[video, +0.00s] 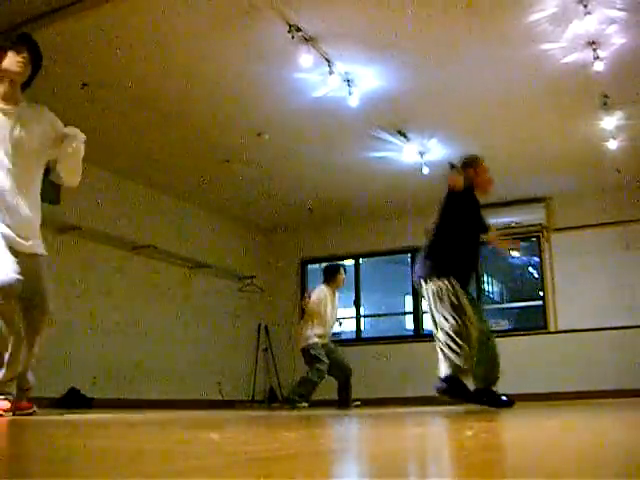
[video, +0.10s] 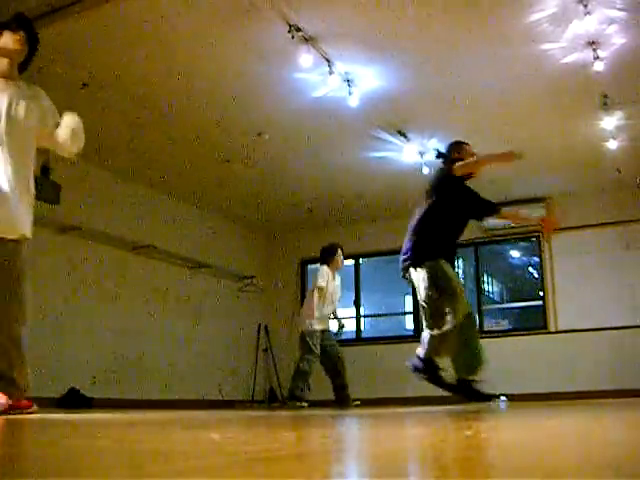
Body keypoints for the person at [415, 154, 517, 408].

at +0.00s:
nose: (489, 178)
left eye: (487, 172)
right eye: (484, 172)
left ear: (476, 174)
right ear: (472, 174)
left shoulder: (469, 204)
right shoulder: (461, 196)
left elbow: (482, 234)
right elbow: (456, 182)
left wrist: (501, 242)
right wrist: (455, 179)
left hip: (450, 275)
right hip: (438, 273)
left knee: (478, 330)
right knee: (459, 326)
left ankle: (483, 386)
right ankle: (450, 378)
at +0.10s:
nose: (475, 158)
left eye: (474, 154)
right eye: (470, 154)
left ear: (459, 160)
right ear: (457, 158)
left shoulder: (463, 195)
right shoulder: (444, 179)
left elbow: (499, 213)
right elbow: (473, 164)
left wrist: (538, 222)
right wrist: (502, 158)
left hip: (437, 259)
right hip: (423, 256)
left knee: (462, 317)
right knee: (451, 309)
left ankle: (463, 381)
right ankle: (425, 359)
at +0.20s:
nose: (460, 159)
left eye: (460, 154)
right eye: (452, 154)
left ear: (460, 158)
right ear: (438, 159)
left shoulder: (457, 193)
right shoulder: (429, 181)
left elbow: (491, 208)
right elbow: (468, 178)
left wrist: (516, 199)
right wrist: (511, 161)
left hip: (439, 266)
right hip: (414, 262)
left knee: (453, 331)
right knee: (439, 305)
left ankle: (426, 375)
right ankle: (410, 360)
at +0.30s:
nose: (451, 165)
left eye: (451, 161)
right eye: (444, 160)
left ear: (448, 167)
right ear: (427, 166)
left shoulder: (447, 201)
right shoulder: (419, 191)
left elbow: (476, 216)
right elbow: (447, 213)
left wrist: (483, 183)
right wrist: (471, 190)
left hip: (434, 277)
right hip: (411, 274)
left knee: (430, 334)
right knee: (415, 329)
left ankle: (413, 390)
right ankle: (399, 389)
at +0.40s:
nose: (439, 164)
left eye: (442, 159)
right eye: (432, 159)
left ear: (447, 163)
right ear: (420, 163)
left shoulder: (455, 199)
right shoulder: (407, 191)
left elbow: (463, 235)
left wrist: (453, 206)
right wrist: (440, 211)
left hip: (430, 278)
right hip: (398, 274)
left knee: (436, 336)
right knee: (400, 331)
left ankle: (421, 373)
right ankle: (392, 390)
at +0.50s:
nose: (431, 161)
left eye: (436, 157)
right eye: (426, 156)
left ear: (442, 164)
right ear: (415, 162)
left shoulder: (448, 206)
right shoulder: (395, 194)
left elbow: (446, 255)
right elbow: (377, 234)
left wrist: (445, 234)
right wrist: (415, 226)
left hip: (426, 273)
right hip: (389, 272)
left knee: (435, 303)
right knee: (385, 328)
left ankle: (438, 341)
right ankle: (389, 391)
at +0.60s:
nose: (424, 151)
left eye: (429, 146)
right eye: (419, 146)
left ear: (438, 153)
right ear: (411, 151)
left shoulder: (445, 198)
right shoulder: (394, 180)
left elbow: (445, 239)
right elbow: (370, 214)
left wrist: (458, 247)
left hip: (419, 266)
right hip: (386, 267)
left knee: (423, 262)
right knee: (381, 332)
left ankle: (422, 327)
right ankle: (393, 389)